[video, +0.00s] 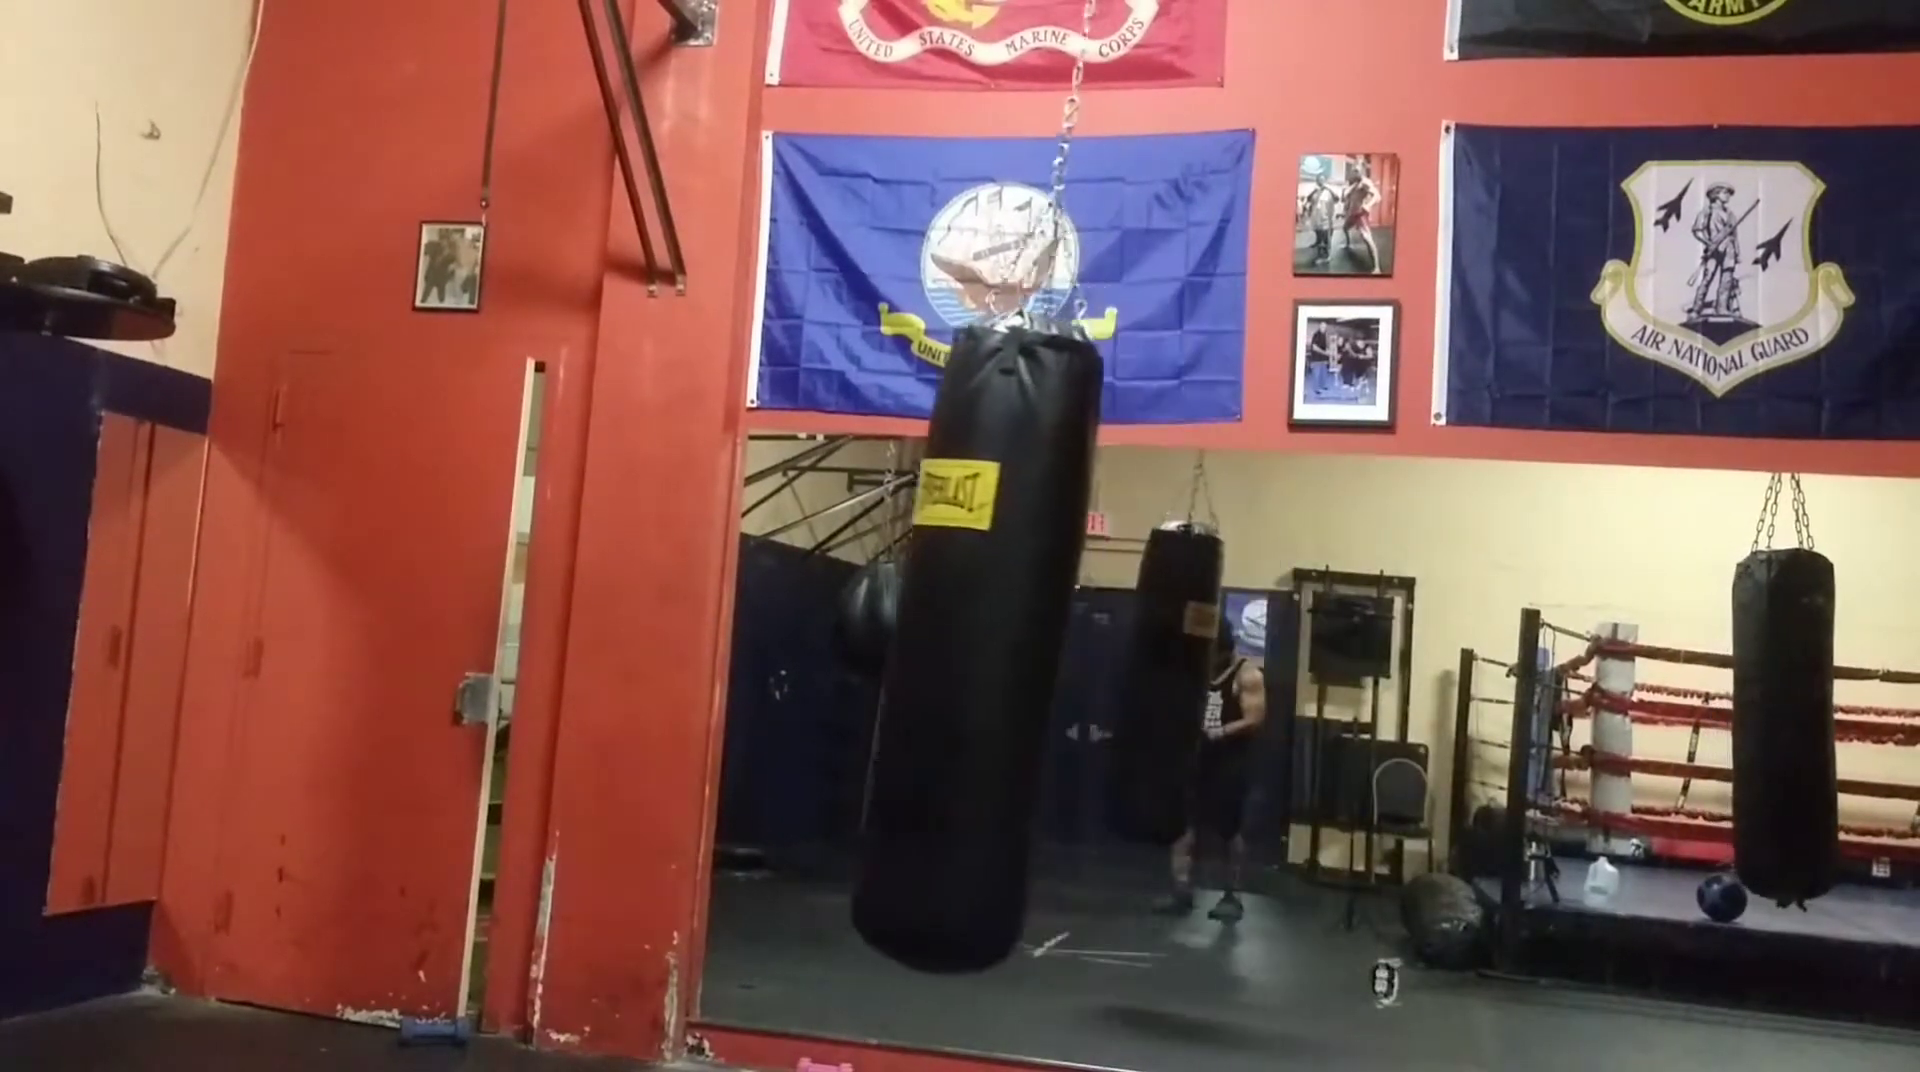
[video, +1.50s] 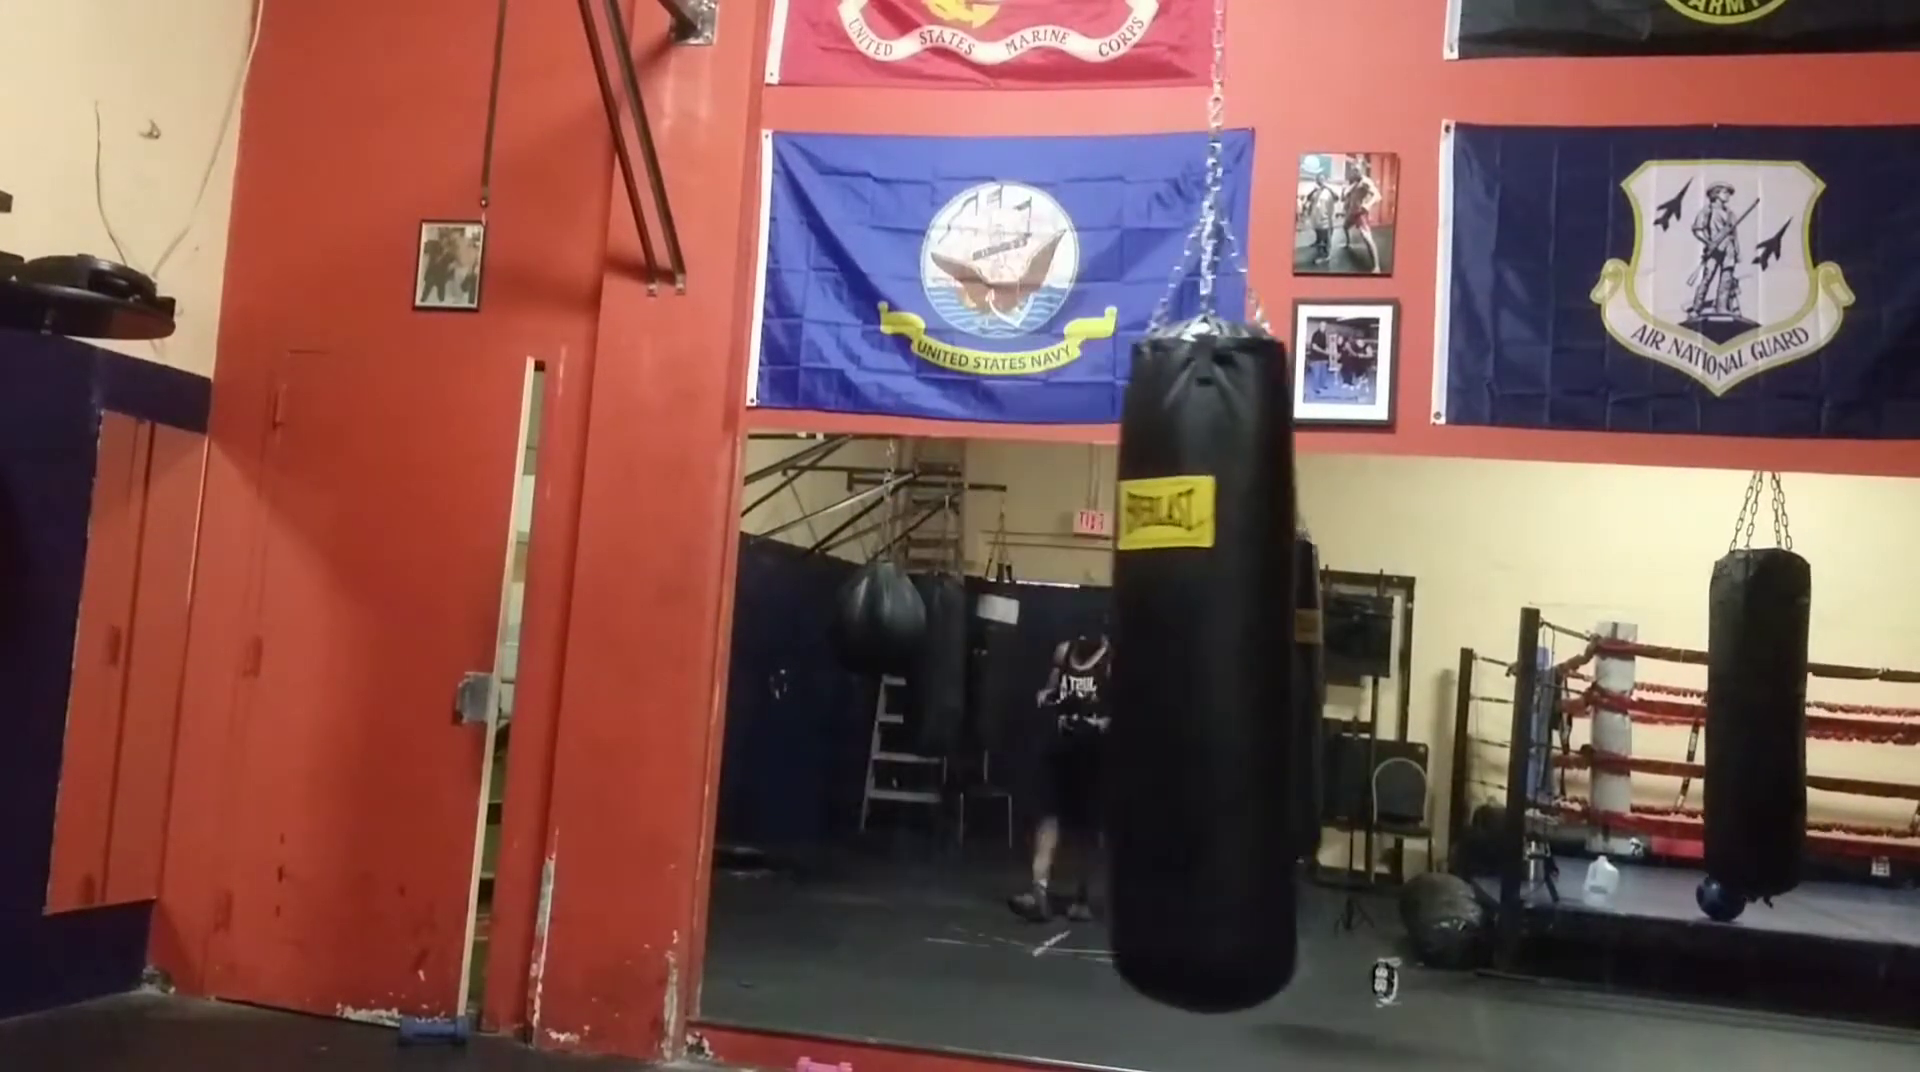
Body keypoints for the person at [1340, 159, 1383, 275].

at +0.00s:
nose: (1354, 174)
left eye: (1356, 171)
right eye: (1352, 172)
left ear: (1360, 172)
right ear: (1351, 174)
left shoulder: (1365, 183)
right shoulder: (1352, 185)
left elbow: (1376, 196)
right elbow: (1345, 199)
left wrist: (1367, 206)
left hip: (1361, 212)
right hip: (1351, 213)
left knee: (1366, 237)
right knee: (1345, 228)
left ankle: (1376, 267)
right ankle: (1348, 245)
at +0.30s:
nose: (1353, 174)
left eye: (1356, 171)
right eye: (1352, 172)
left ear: (1360, 172)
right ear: (1351, 173)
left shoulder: (1365, 182)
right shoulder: (1352, 184)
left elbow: (1377, 195)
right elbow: (1344, 197)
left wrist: (1367, 206)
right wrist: (1352, 187)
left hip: (1361, 211)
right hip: (1352, 212)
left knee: (1367, 237)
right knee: (1345, 227)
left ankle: (1376, 266)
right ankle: (1348, 244)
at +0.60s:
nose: (1349, 175)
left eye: (1352, 172)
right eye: (1349, 172)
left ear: (1357, 172)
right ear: (1351, 173)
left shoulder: (1364, 182)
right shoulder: (1352, 184)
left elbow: (1376, 195)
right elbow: (1344, 198)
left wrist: (1367, 205)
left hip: (1361, 211)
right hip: (1351, 211)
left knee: (1366, 235)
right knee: (1345, 227)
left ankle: (1376, 266)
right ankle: (1347, 243)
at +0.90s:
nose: (1350, 176)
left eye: (1352, 172)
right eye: (1350, 173)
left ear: (1357, 173)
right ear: (1351, 174)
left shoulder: (1365, 182)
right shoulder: (1352, 185)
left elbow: (1376, 195)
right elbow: (1345, 198)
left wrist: (1367, 205)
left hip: (1361, 211)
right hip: (1352, 211)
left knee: (1366, 236)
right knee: (1345, 227)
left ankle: (1376, 266)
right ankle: (1348, 243)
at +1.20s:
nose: (1351, 175)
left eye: (1353, 172)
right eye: (1350, 172)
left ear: (1358, 173)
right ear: (1350, 174)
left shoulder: (1364, 182)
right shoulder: (1352, 185)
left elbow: (1377, 195)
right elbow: (1344, 198)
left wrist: (1367, 206)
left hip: (1360, 211)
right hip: (1351, 212)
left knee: (1366, 236)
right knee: (1345, 227)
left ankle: (1376, 266)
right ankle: (1347, 243)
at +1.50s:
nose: (1351, 174)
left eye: (1353, 171)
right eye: (1350, 171)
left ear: (1358, 171)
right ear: (1350, 172)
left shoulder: (1365, 182)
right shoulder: (1351, 184)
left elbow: (1376, 195)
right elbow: (1344, 198)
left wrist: (1367, 205)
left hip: (1361, 212)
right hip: (1351, 212)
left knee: (1366, 237)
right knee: (1345, 227)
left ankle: (1376, 266)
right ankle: (1348, 243)